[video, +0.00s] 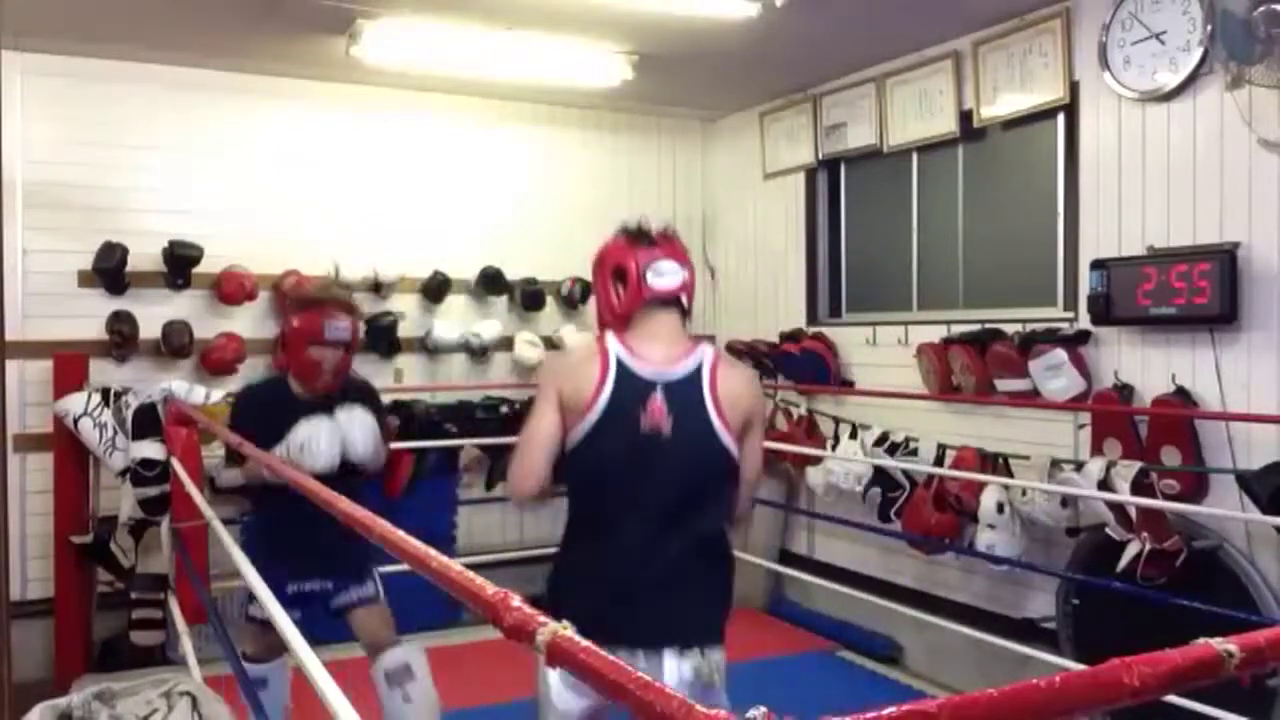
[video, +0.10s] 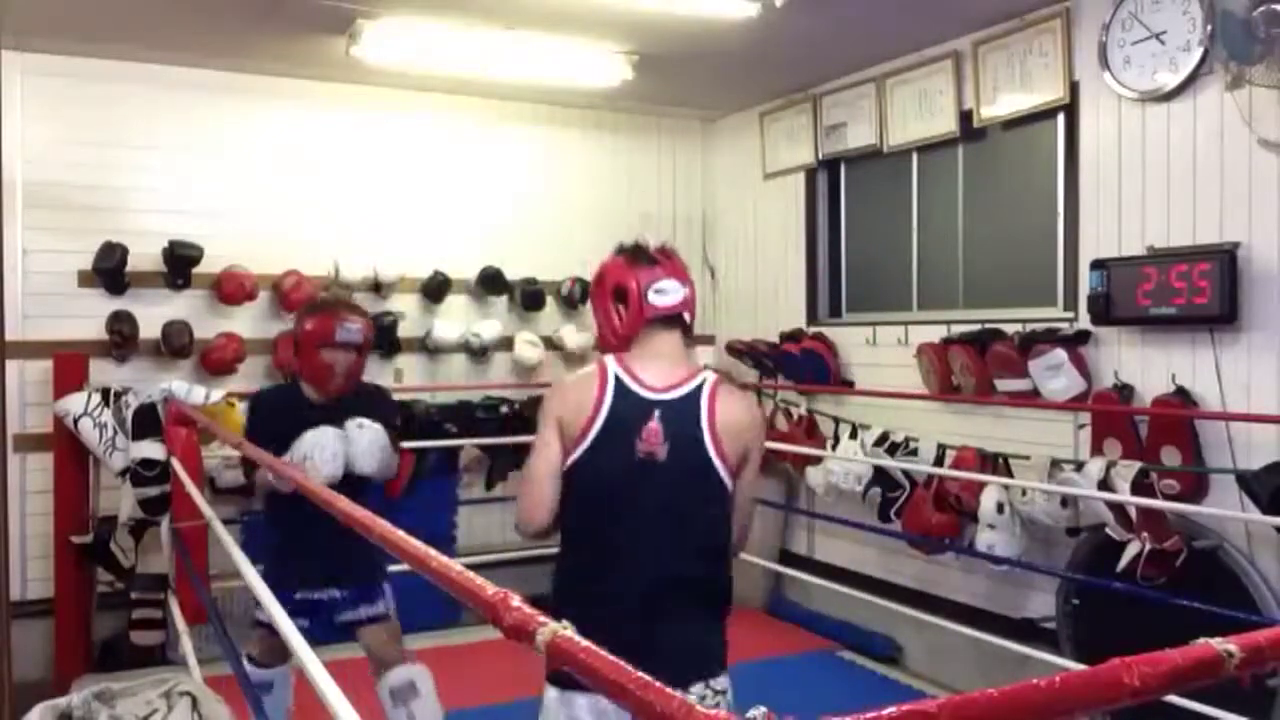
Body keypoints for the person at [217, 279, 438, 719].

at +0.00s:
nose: (332, 363)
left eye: (342, 351)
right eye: (321, 350)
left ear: (351, 352)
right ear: (291, 347)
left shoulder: (359, 393)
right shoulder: (258, 401)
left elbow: (384, 469)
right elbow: (236, 473)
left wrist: (372, 448)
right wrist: (286, 459)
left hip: (344, 540)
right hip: (275, 544)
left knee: (385, 645)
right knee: (259, 655)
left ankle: (413, 708)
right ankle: (268, 713)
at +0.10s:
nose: (342, 362)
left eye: (353, 350)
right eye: (330, 349)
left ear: (363, 354)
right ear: (302, 349)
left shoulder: (375, 401)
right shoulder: (271, 405)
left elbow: (398, 481)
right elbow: (258, 482)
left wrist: (385, 463)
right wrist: (287, 473)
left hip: (354, 547)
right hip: (288, 550)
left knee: (386, 649)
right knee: (267, 654)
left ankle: (415, 713)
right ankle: (271, 715)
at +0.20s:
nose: (359, 351)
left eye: (370, 340)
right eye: (347, 338)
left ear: (384, 345)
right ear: (321, 340)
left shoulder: (396, 393)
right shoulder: (292, 397)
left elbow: (425, 467)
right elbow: (269, 476)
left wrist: (406, 442)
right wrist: (304, 444)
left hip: (379, 544)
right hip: (308, 545)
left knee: (407, 648)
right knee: (274, 655)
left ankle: (423, 712)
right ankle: (271, 712)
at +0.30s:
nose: (370, 347)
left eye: (382, 335)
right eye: (359, 333)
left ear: (396, 341)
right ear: (333, 335)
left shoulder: (405, 387)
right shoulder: (307, 386)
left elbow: (436, 461)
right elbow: (292, 470)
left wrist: (422, 415)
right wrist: (315, 411)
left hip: (393, 533)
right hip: (316, 533)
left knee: (414, 647)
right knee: (280, 655)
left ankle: (428, 713)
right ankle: (282, 713)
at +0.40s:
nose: (374, 347)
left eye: (386, 335)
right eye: (362, 334)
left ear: (399, 341)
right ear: (337, 337)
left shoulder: (414, 383)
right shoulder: (309, 387)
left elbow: (440, 456)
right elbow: (301, 465)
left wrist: (419, 406)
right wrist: (339, 409)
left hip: (400, 537)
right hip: (325, 537)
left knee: (420, 649)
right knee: (288, 657)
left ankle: (433, 712)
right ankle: (280, 713)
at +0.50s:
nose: (376, 356)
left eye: (387, 346)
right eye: (363, 344)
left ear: (400, 349)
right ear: (337, 346)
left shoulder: (413, 393)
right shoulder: (310, 396)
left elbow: (437, 467)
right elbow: (299, 476)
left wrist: (427, 416)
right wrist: (336, 412)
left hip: (408, 547)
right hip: (334, 548)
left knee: (440, 658)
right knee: (299, 669)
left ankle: (446, 714)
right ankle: (268, 697)